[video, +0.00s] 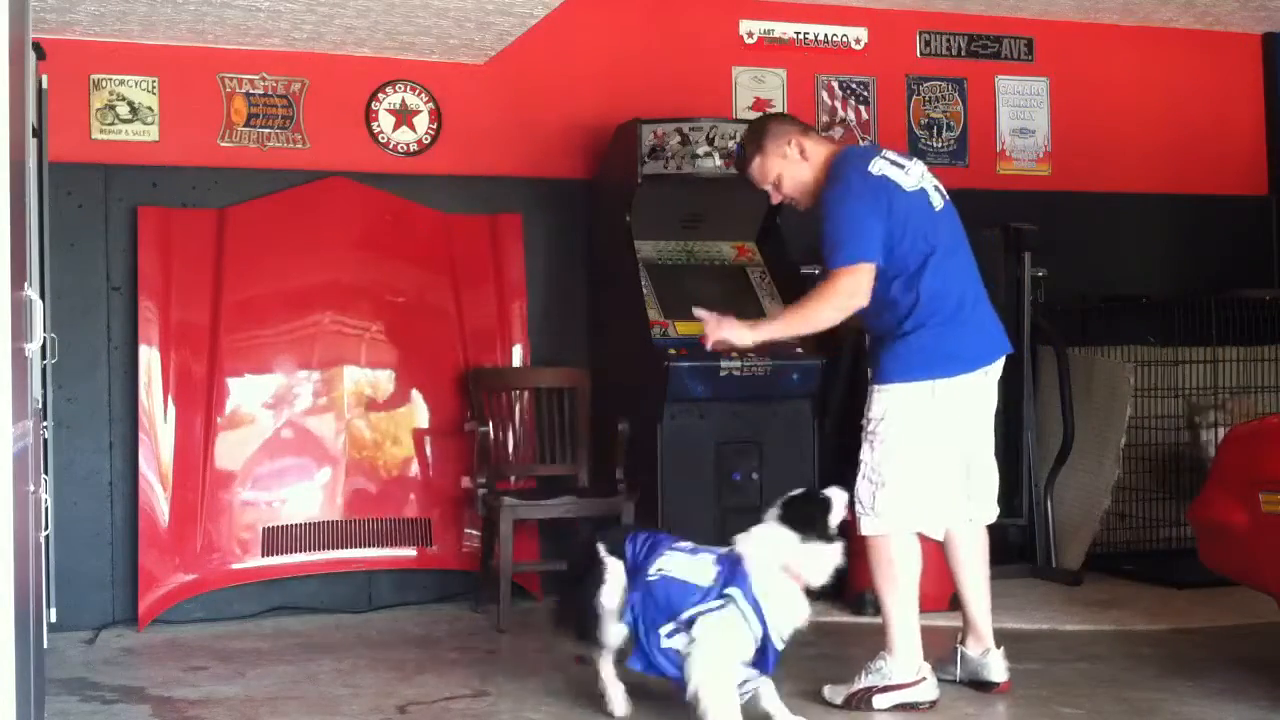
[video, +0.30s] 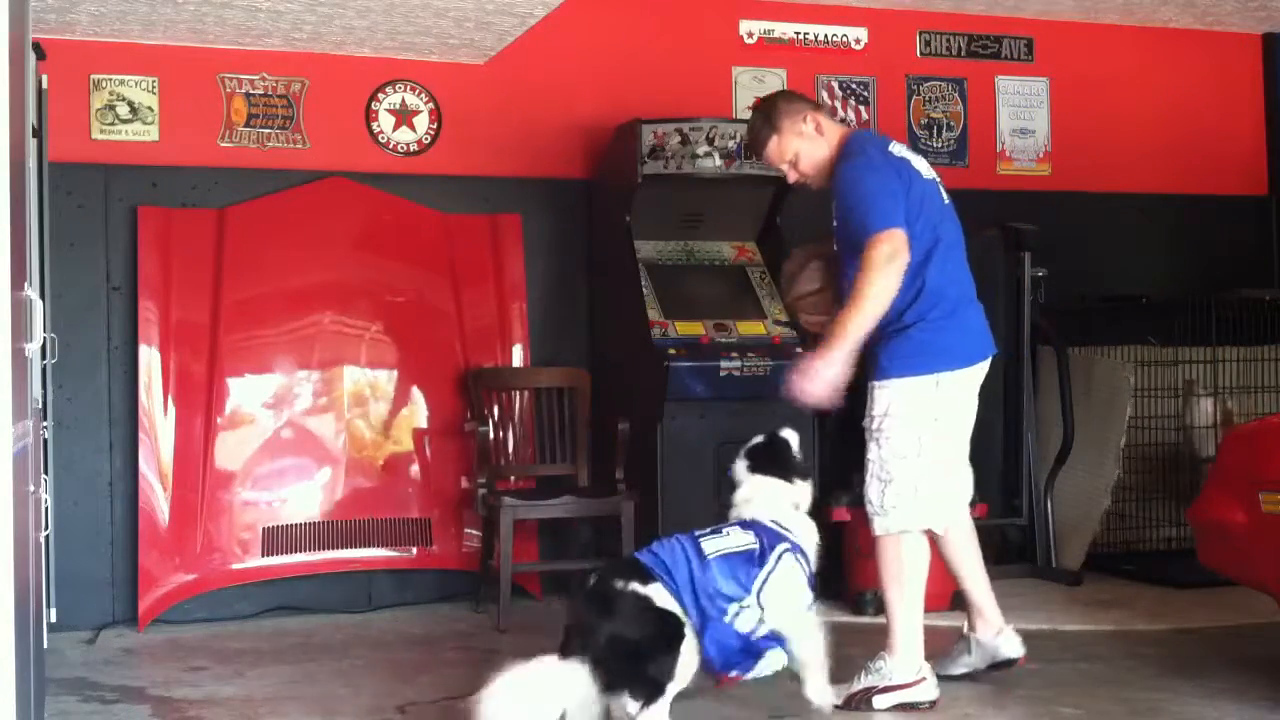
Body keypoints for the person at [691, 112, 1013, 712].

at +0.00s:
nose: (778, 199)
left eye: (773, 184)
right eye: (769, 191)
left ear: (798, 147)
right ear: (804, 142)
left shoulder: (852, 180)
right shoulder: (887, 161)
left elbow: (851, 288)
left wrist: (755, 330)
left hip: (920, 363)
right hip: (974, 351)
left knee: (883, 512)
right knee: (962, 509)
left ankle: (904, 664)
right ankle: (982, 648)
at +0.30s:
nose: (792, 179)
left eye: (787, 163)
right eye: (783, 171)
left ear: (813, 125)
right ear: (819, 124)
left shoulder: (862, 166)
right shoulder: (882, 153)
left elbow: (889, 256)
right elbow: (905, 257)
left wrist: (836, 351)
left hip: (918, 357)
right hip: (953, 350)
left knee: (895, 507)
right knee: (943, 498)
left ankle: (905, 663)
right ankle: (990, 630)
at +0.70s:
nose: (829, 191)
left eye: (827, 176)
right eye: (820, 184)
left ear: (856, 142)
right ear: (846, 152)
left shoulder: (926, 179)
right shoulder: (880, 204)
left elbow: (989, 258)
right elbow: (887, 299)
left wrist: (991, 364)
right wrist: (813, 308)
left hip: (962, 377)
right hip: (935, 376)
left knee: (927, 513)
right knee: (956, 511)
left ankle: (911, 665)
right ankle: (1008, 628)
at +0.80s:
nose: (840, 202)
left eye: (840, 186)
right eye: (831, 194)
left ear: (870, 154)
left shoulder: (944, 185)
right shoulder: (881, 223)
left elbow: (1002, 269)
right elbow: (881, 325)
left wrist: (986, 369)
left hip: (995, 375)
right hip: (942, 379)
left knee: (960, 511)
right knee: (963, 512)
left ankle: (930, 655)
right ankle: (1012, 634)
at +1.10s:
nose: (865, 224)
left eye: (865, 209)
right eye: (856, 217)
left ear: (892, 177)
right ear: (890, 181)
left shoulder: (960, 224)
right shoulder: (918, 221)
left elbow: (1007, 328)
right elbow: (955, 322)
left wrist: (986, 420)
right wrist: (938, 396)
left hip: (1042, 365)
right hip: (984, 368)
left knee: (1047, 507)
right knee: (967, 491)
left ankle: (1077, 649)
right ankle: (1009, 620)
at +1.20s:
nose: (871, 231)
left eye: (872, 217)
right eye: (863, 224)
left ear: (901, 186)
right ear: (895, 192)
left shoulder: (979, 230)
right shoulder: (911, 234)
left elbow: (1034, 321)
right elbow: (962, 316)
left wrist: (1013, 400)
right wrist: (954, 387)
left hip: (1052, 366)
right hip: (985, 370)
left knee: (1065, 504)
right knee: (971, 489)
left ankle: (1079, 648)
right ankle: (1013, 617)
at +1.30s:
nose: (879, 231)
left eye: (881, 216)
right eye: (870, 223)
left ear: (910, 187)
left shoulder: (987, 226)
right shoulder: (909, 238)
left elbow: (1041, 313)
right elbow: (957, 310)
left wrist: (1012, 375)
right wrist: (933, 367)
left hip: (1048, 375)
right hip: (981, 380)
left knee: (1060, 510)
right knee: (983, 506)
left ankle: (1078, 650)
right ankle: (1015, 622)